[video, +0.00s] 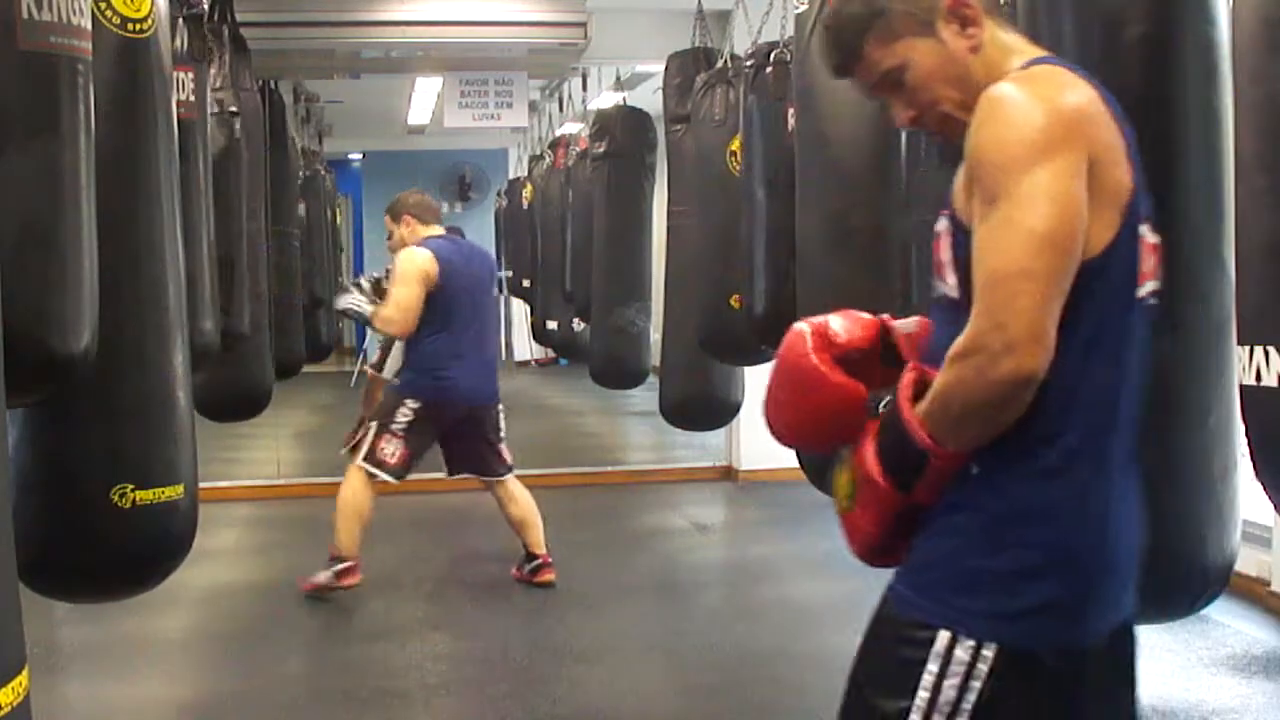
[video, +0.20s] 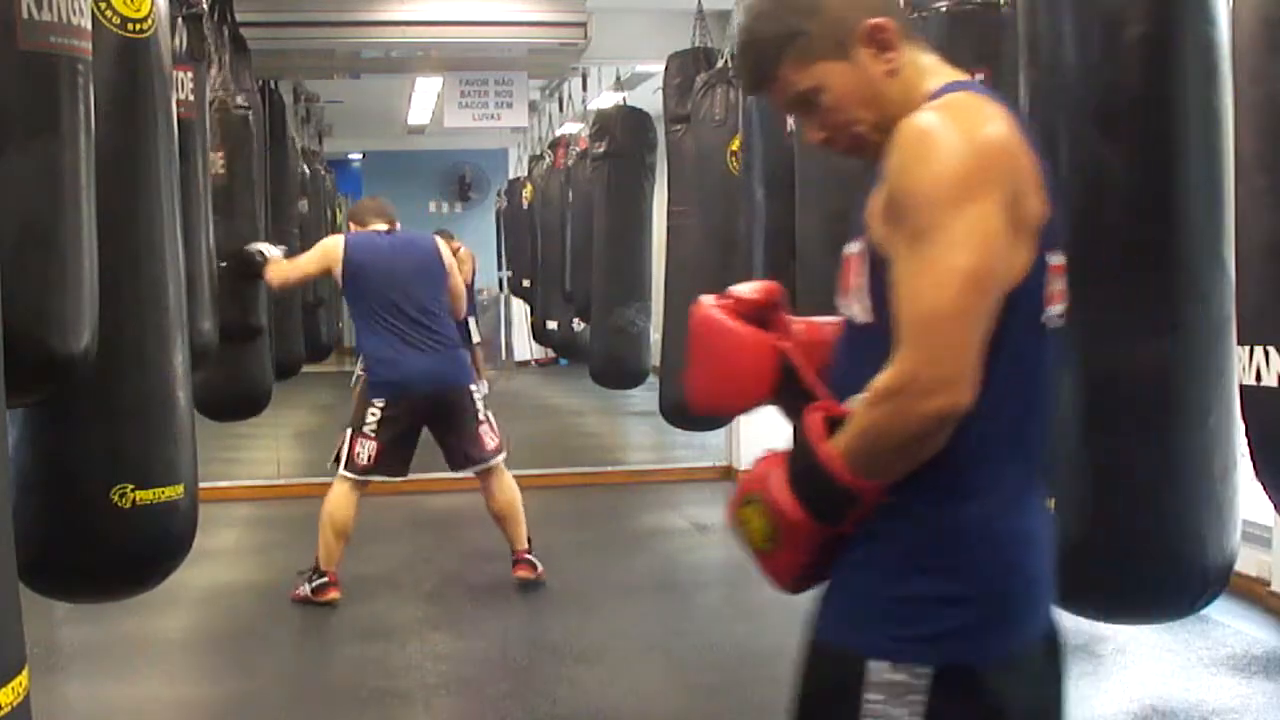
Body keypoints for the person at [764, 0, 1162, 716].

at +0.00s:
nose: (901, 116)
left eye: (899, 80)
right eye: (883, 99)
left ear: (962, 22)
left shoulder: (1023, 110)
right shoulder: (1066, 101)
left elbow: (1008, 355)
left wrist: (894, 458)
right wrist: (896, 345)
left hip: (1002, 572)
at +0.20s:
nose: (809, 135)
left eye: (812, 101)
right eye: (793, 117)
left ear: (880, 42)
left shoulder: (943, 139)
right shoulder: (965, 126)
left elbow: (934, 385)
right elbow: (931, 337)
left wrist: (811, 488)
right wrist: (794, 343)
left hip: (926, 595)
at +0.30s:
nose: (758, 133)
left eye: (754, 102)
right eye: (742, 115)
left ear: (820, 42)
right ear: (822, 42)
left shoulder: (878, 136)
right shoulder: (920, 118)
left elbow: (866, 388)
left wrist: (749, 483)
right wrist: (749, 352)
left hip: (867, 575)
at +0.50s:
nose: (663, 133)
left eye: (659, 103)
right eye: (647, 114)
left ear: (723, 51)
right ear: (727, 51)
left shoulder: (768, 136)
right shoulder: (845, 113)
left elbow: (758, 400)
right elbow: (838, 346)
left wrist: (671, 484)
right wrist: (683, 357)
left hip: (805, 551)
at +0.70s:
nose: (621, 133)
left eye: (616, 103)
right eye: (605, 113)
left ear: (682, 47)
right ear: (687, 48)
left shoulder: (731, 143)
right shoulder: (804, 114)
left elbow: (699, 403)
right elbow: (791, 350)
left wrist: (586, 513)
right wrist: (655, 341)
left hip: (760, 555)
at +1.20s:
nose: (615, 122)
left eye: (613, 95)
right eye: (603, 104)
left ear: (679, 49)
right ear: (684, 49)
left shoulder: (728, 137)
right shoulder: (793, 112)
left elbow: (662, 374)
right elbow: (755, 260)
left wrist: (566, 442)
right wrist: (603, 260)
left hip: (734, 542)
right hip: (809, 517)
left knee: (710, 710)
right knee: (831, 707)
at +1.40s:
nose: (616, 122)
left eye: (615, 93)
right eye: (604, 102)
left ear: (684, 52)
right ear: (687, 55)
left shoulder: (741, 137)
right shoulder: (751, 118)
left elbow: (644, 371)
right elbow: (640, 252)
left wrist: (583, 406)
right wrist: (547, 301)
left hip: (732, 546)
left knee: (716, 711)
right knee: (824, 706)